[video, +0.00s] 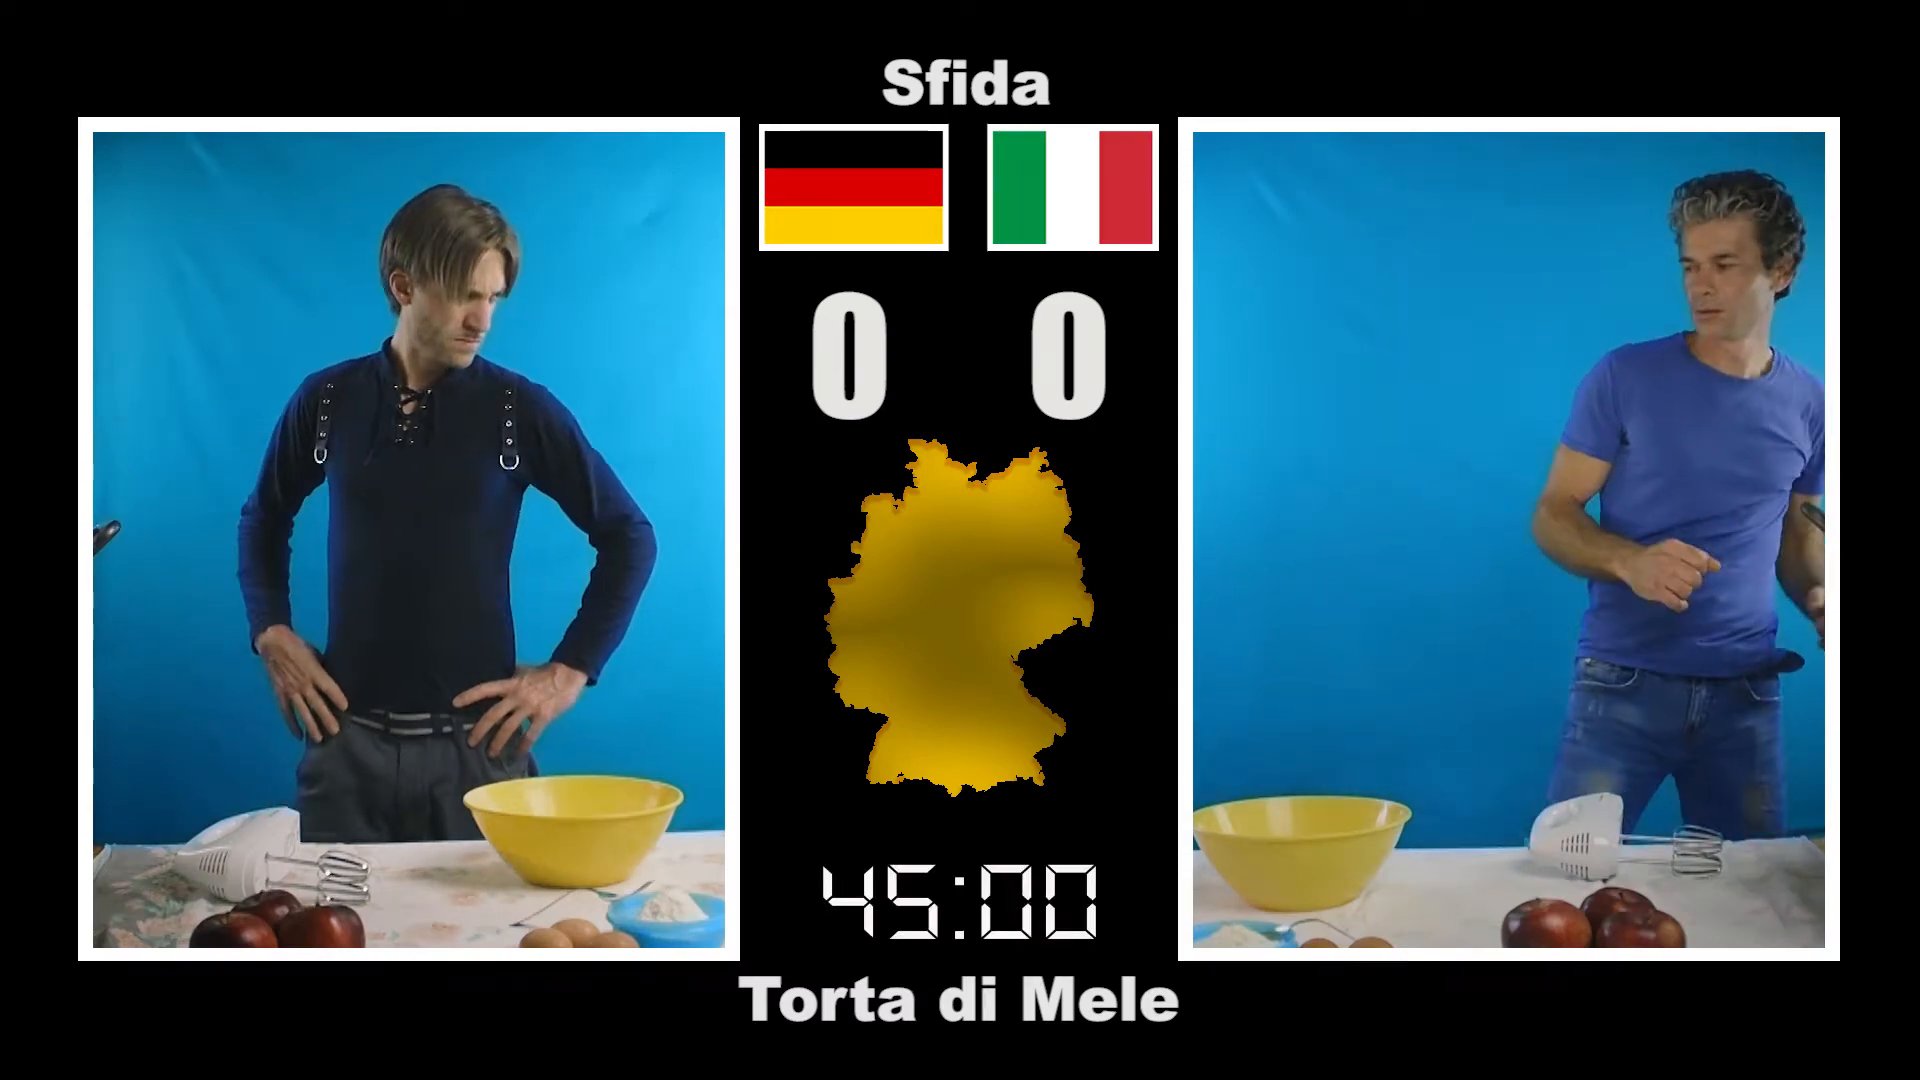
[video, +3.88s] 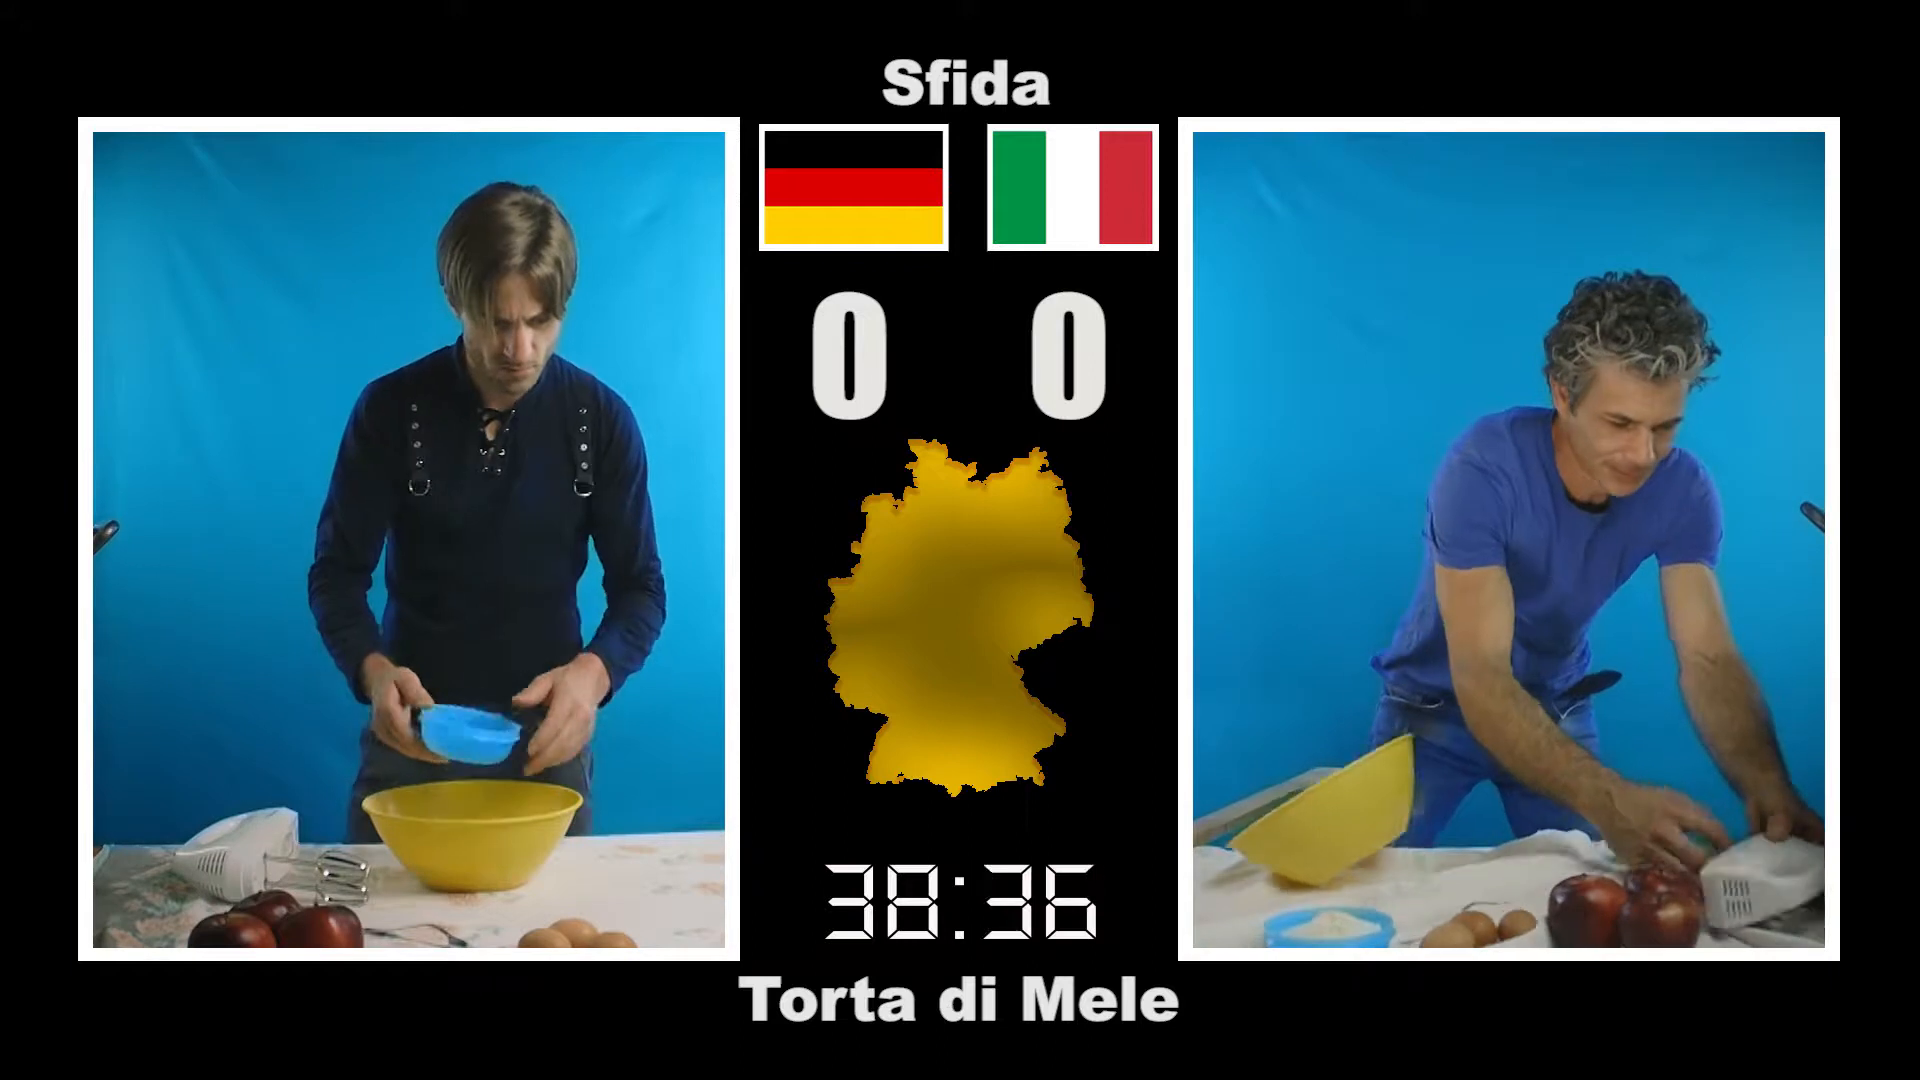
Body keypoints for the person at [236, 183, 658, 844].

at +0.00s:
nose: (480, 318)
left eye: (492, 298)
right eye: (463, 295)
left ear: (504, 296)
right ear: (402, 284)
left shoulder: (520, 411)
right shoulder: (327, 403)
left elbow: (628, 536)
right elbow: (264, 517)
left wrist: (569, 669)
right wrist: (271, 632)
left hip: (478, 752)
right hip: (349, 748)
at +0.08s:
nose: (483, 318)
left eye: (496, 299)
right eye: (466, 296)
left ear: (507, 296)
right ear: (405, 284)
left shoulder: (525, 413)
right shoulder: (331, 402)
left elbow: (632, 539)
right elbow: (270, 517)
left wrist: (569, 671)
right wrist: (274, 630)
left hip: (477, 753)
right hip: (349, 749)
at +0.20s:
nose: (271, 320)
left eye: (281, 295)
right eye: (247, 303)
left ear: (295, 286)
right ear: (203, 304)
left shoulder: (361, 401)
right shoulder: (176, 440)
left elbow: (426, 540)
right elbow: (152, 609)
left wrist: (460, 674)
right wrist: (191, 741)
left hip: (403, 723)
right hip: (275, 741)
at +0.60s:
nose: (345, 312)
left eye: (361, 288)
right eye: (323, 293)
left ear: (387, 288)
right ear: (296, 303)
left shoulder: (456, 414)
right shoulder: (268, 440)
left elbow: (531, 558)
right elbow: (236, 591)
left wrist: (571, 702)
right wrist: (228, 718)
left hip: (452, 746)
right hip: (320, 753)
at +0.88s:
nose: (439, 320)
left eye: (458, 297)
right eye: (419, 298)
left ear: (490, 295)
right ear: (393, 296)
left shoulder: (531, 429)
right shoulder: (338, 425)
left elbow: (595, 570)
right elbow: (299, 571)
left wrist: (645, 702)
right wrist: (298, 708)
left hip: (491, 745)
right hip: (358, 750)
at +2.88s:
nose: (461, 377)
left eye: (480, 354)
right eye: (444, 351)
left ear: (500, 342)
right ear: (404, 327)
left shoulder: (500, 439)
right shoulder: (334, 433)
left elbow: (522, 569)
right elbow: (264, 600)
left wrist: (591, 658)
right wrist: (349, 700)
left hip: (463, 739)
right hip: (346, 747)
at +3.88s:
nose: (519, 347)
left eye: (538, 320)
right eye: (497, 321)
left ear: (562, 305)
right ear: (458, 304)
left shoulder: (599, 422)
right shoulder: (391, 411)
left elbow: (639, 590)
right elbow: (337, 574)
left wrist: (595, 674)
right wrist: (372, 668)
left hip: (545, 747)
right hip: (411, 742)